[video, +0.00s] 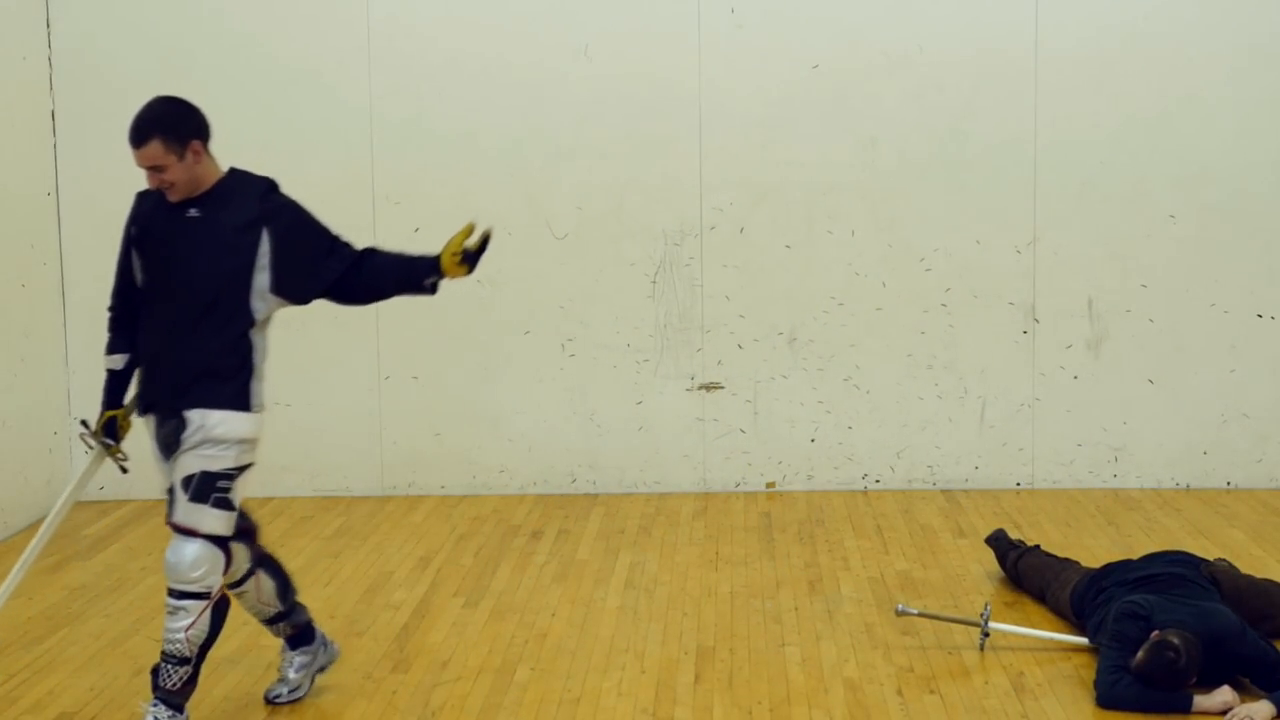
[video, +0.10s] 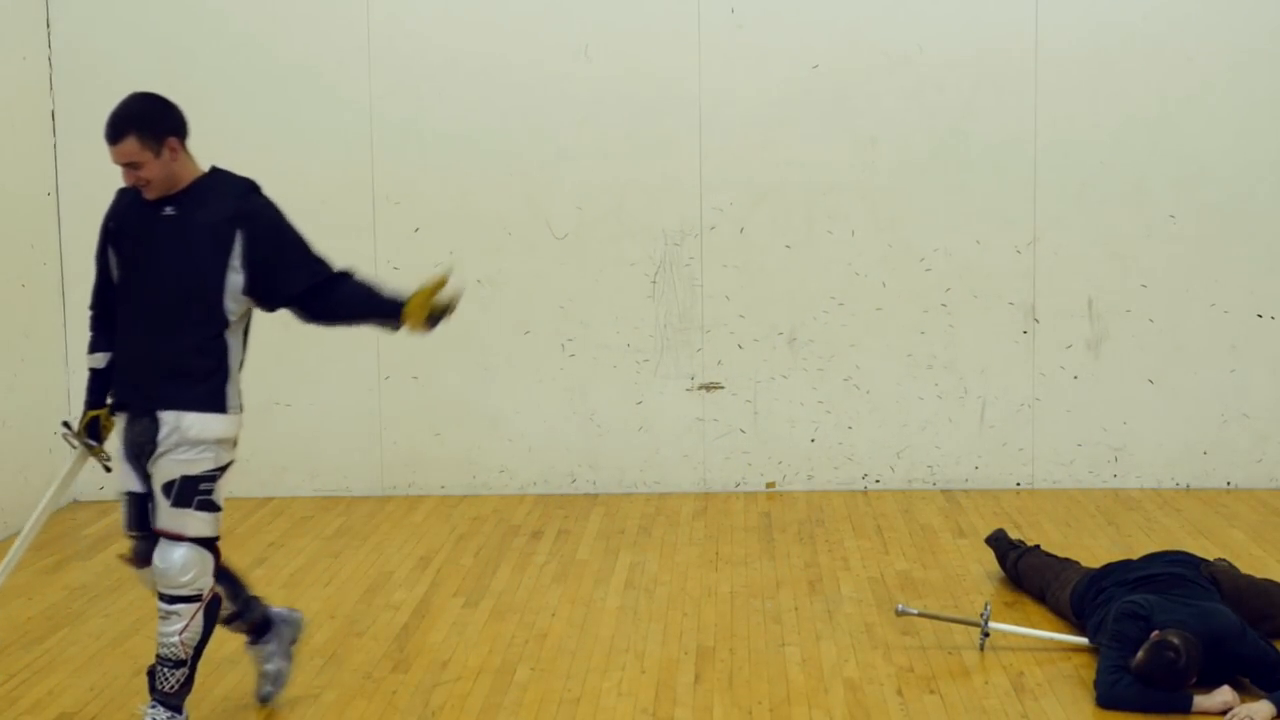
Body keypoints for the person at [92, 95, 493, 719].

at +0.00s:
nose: (151, 181)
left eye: (159, 168)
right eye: (145, 170)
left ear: (197, 150)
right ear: (148, 161)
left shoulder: (258, 207)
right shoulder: (149, 213)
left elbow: (341, 271)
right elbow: (127, 311)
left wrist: (436, 267)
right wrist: (114, 402)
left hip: (225, 404)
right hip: (165, 403)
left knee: (190, 556)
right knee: (221, 545)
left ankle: (166, 708)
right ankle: (307, 645)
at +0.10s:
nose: (127, 179)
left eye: (135, 165)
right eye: (121, 167)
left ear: (173, 147)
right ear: (122, 158)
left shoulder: (237, 206)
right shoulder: (125, 214)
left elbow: (310, 286)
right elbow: (107, 316)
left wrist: (397, 310)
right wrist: (97, 402)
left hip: (201, 410)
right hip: (137, 407)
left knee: (181, 565)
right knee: (149, 553)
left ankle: (165, 708)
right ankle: (267, 628)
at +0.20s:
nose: (103, 180)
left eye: (110, 165)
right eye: (97, 168)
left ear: (150, 146)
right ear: (113, 158)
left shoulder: (215, 205)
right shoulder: (105, 215)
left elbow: (269, 298)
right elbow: (89, 317)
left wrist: (326, 375)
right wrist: (80, 403)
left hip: (184, 416)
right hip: (112, 415)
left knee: (171, 568)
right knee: (100, 565)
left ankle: (164, 705)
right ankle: (207, 636)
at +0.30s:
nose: (84, 180)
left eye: (89, 164)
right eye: (77, 168)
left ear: (128, 143)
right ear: (92, 156)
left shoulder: (199, 208)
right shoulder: (85, 219)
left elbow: (221, 319)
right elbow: (75, 318)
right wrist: (65, 399)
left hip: (169, 415)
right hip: (94, 413)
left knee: (163, 567)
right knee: (55, 559)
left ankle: (163, 703)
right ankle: (122, 681)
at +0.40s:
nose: (62, 179)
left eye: (66, 164)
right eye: (55, 167)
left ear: (107, 143)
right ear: (86, 152)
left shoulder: (176, 209)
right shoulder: (66, 220)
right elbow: (58, 323)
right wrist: (53, 408)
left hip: (153, 424)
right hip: (73, 419)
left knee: (153, 575)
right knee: (24, 570)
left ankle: (163, 706)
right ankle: (25, 705)